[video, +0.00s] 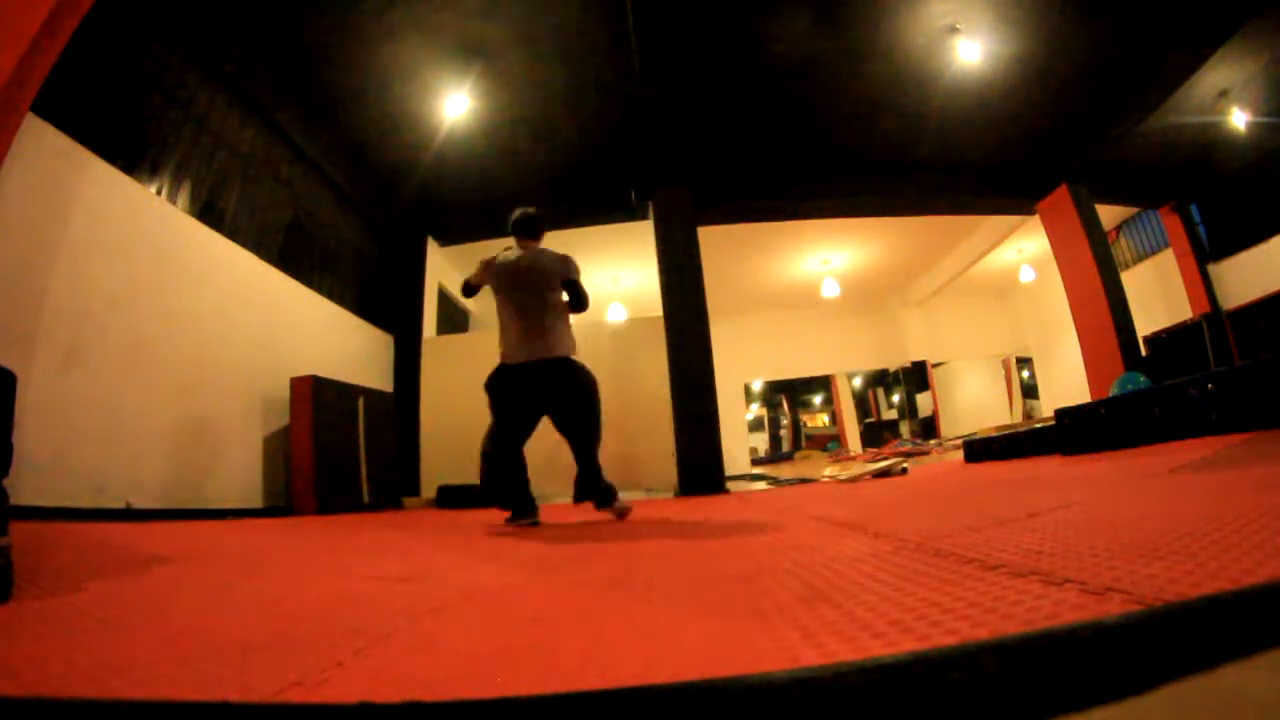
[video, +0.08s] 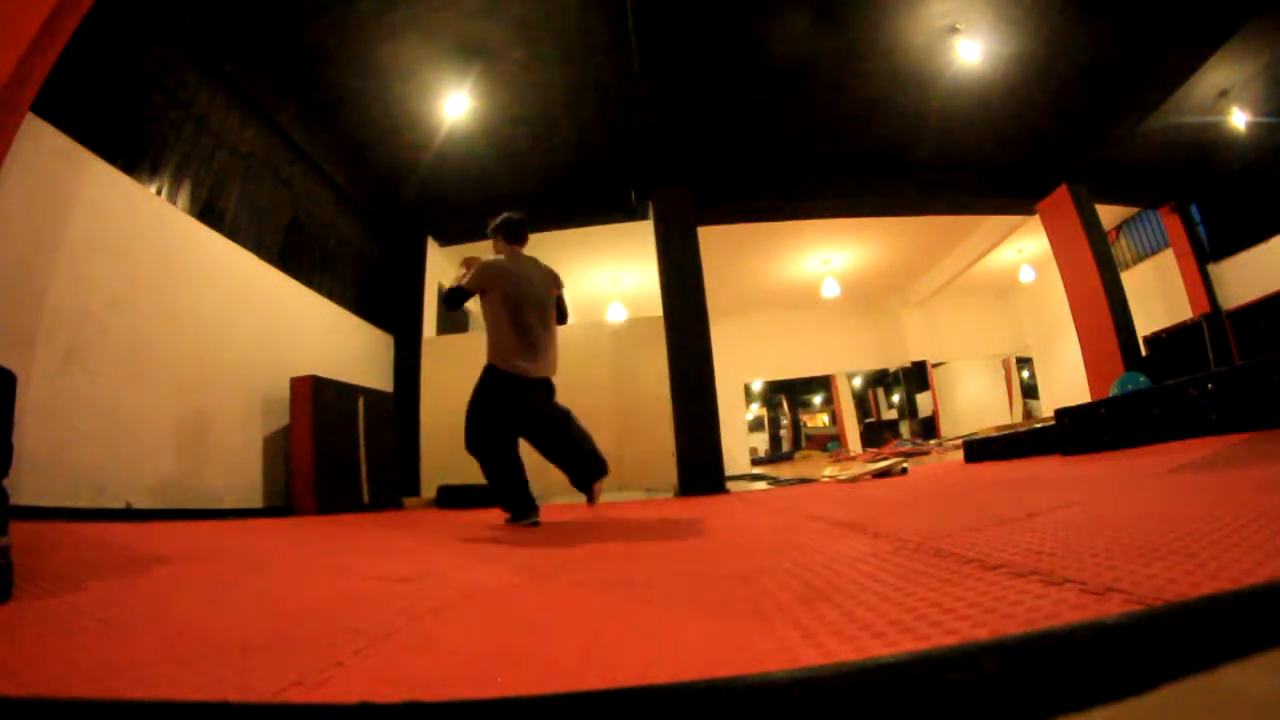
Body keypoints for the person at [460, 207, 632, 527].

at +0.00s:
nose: (528, 237)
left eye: (521, 233)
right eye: (533, 230)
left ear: (511, 235)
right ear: (542, 233)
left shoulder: (496, 265)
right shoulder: (561, 262)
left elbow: (468, 290)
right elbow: (580, 303)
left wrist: (489, 269)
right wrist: (552, 309)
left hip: (516, 375)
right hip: (562, 371)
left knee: (505, 444)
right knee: (584, 441)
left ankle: (522, 509)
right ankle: (601, 495)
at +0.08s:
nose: (491, 246)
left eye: (492, 241)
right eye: (493, 241)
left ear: (497, 240)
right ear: (525, 240)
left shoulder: (489, 268)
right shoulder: (547, 273)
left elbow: (451, 301)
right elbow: (561, 317)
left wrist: (465, 277)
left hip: (502, 376)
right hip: (540, 379)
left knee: (485, 439)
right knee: (542, 423)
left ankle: (522, 508)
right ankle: (588, 471)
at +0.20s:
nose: (465, 241)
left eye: (469, 234)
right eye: (465, 234)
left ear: (484, 233)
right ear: (485, 234)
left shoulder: (494, 257)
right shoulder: (495, 259)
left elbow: (491, 303)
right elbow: (492, 310)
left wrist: (451, 295)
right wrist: (480, 355)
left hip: (500, 355)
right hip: (498, 356)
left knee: (478, 415)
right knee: (489, 420)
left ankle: (520, 494)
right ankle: (518, 494)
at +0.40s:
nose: (426, 241)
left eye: (432, 234)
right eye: (427, 235)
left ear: (450, 236)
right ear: (443, 238)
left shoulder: (478, 268)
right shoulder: (440, 280)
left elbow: (505, 304)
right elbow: (446, 323)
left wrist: (464, 307)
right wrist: (416, 319)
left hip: (474, 374)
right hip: (439, 374)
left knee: (502, 440)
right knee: (410, 436)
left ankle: (519, 503)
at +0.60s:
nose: (385, 237)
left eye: (391, 231)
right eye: (385, 231)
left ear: (411, 235)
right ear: (394, 237)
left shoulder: (435, 272)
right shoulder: (383, 276)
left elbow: (455, 320)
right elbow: (377, 325)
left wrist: (426, 309)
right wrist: (367, 312)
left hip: (419, 369)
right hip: (382, 368)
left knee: (430, 442)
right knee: (368, 442)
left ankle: (484, 492)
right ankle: (368, 514)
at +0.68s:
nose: (372, 229)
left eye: (379, 223)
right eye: (372, 224)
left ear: (397, 226)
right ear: (375, 229)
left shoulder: (422, 264)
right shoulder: (368, 267)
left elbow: (437, 311)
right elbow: (354, 316)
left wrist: (406, 306)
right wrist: (352, 302)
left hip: (405, 359)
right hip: (370, 358)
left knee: (401, 436)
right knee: (364, 437)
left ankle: (438, 491)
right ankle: (368, 513)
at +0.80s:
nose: (354, 222)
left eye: (360, 215)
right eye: (353, 216)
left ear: (379, 218)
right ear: (355, 221)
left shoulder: (404, 256)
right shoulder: (348, 259)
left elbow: (421, 303)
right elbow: (332, 310)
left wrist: (385, 302)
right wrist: (332, 292)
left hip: (388, 350)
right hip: (353, 351)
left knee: (375, 428)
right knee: (349, 429)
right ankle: (357, 508)